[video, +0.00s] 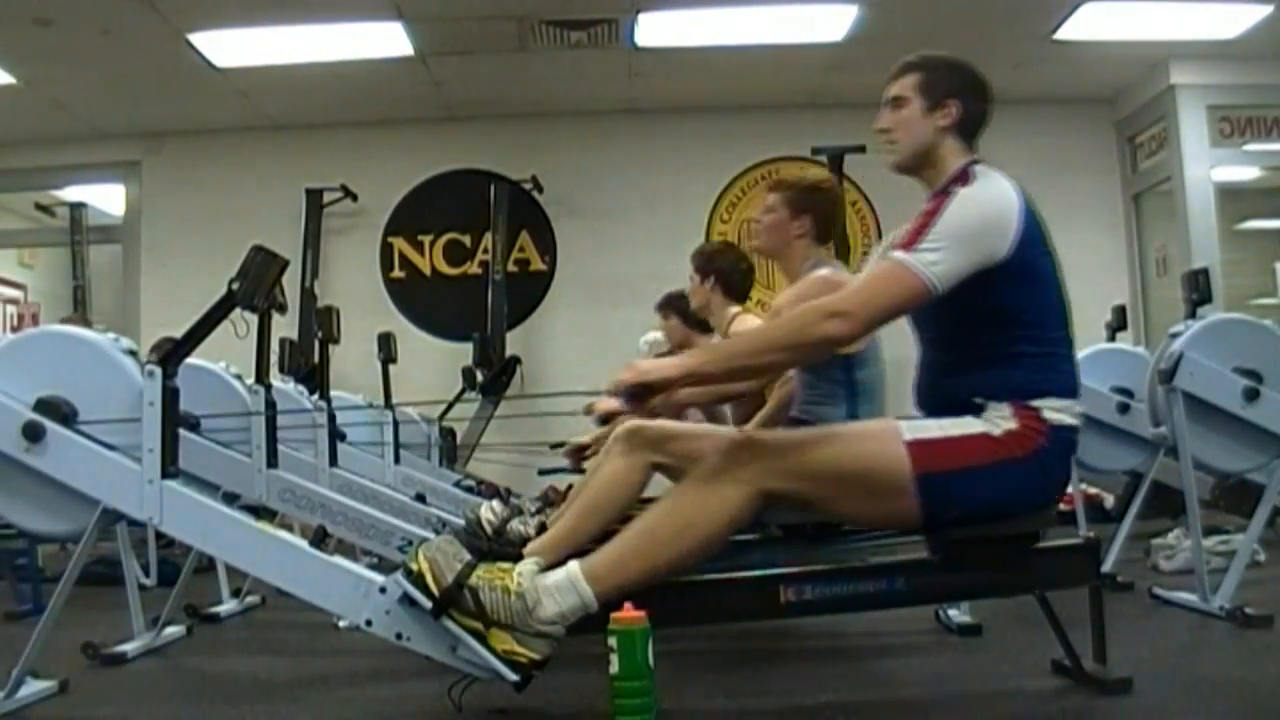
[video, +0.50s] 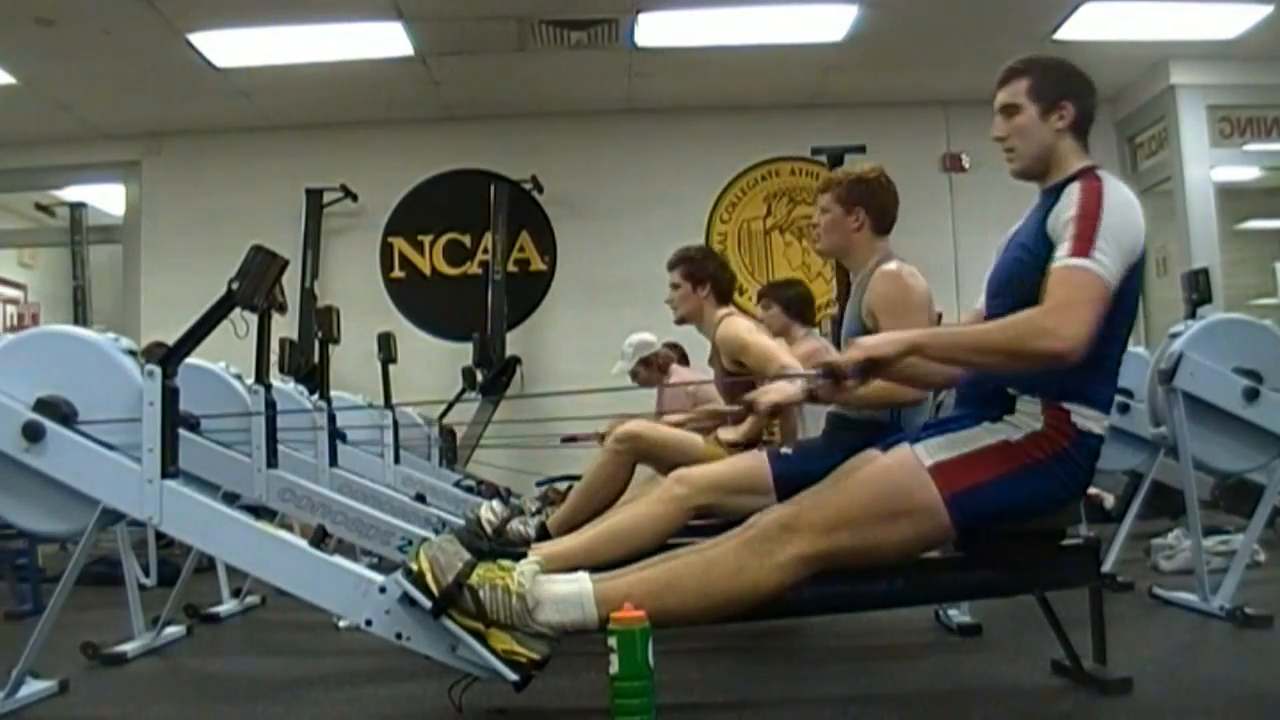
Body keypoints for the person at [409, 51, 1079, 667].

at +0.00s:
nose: (879, 125)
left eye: (896, 107)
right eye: (883, 111)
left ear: (950, 117)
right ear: (939, 122)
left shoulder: (983, 202)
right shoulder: (944, 210)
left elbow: (842, 322)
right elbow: (826, 316)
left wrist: (679, 369)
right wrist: (681, 377)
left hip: (1014, 440)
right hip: (969, 436)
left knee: (753, 457)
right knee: (730, 458)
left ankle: (548, 605)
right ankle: (539, 596)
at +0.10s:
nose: (914, 124)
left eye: (930, 107)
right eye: (915, 110)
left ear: (982, 113)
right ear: (962, 121)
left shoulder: (1019, 200)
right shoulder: (960, 220)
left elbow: (886, 321)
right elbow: (861, 313)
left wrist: (723, 367)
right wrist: (726, 375)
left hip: (1031, 436)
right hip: (983, 431)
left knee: (776, 490)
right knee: (760, 484)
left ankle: (549, 604)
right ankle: (544, 598)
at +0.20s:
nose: (944, 125)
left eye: (960, 108)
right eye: (944, 111)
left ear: (1013, 115)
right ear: (985, 122)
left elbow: (924, 324)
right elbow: (888, 343)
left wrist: (762, 367)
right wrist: (762, 389)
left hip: (1041, 433)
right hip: (984, 428)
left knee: (799, 506)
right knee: (776, 502)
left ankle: (550, 607)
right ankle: (545, 601)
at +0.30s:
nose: (969, 135)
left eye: (984, 115)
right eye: (969, 119)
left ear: (1039, 117)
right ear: (1008, 125)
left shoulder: (1074, 198)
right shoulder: (1006, 224)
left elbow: (973, 327)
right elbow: (908, 356)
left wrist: (793, 373)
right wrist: (771, 392)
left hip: (1040, 433)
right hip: (988, 427)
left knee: (798, 530)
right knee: (783, 524)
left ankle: (560, 605)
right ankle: (558, 600)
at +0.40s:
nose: (987, 133)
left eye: (1000, 115)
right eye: (985, 118)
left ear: (1053, 115)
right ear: (1025, 120)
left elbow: (1020, 333)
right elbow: (942, 357)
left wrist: (838, 360)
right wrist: (820, 380)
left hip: (1036, 431)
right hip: (985, 425)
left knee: (792, 539)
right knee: (780, 536)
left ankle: (551, 605)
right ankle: (551, 603)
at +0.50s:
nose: (997, 134)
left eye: (1010, 116)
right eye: (996, 119)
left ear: (1063, 116)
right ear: (1039, 123)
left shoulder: (1096, 197)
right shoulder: (1044, 222)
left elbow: (1063, 334)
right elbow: (974, 367)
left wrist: (899, 350)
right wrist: (850, 376)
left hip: (1034, 429)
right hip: (986, 422)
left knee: (796, 532)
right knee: (777, 523)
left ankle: (557, 611)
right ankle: (555, 597)